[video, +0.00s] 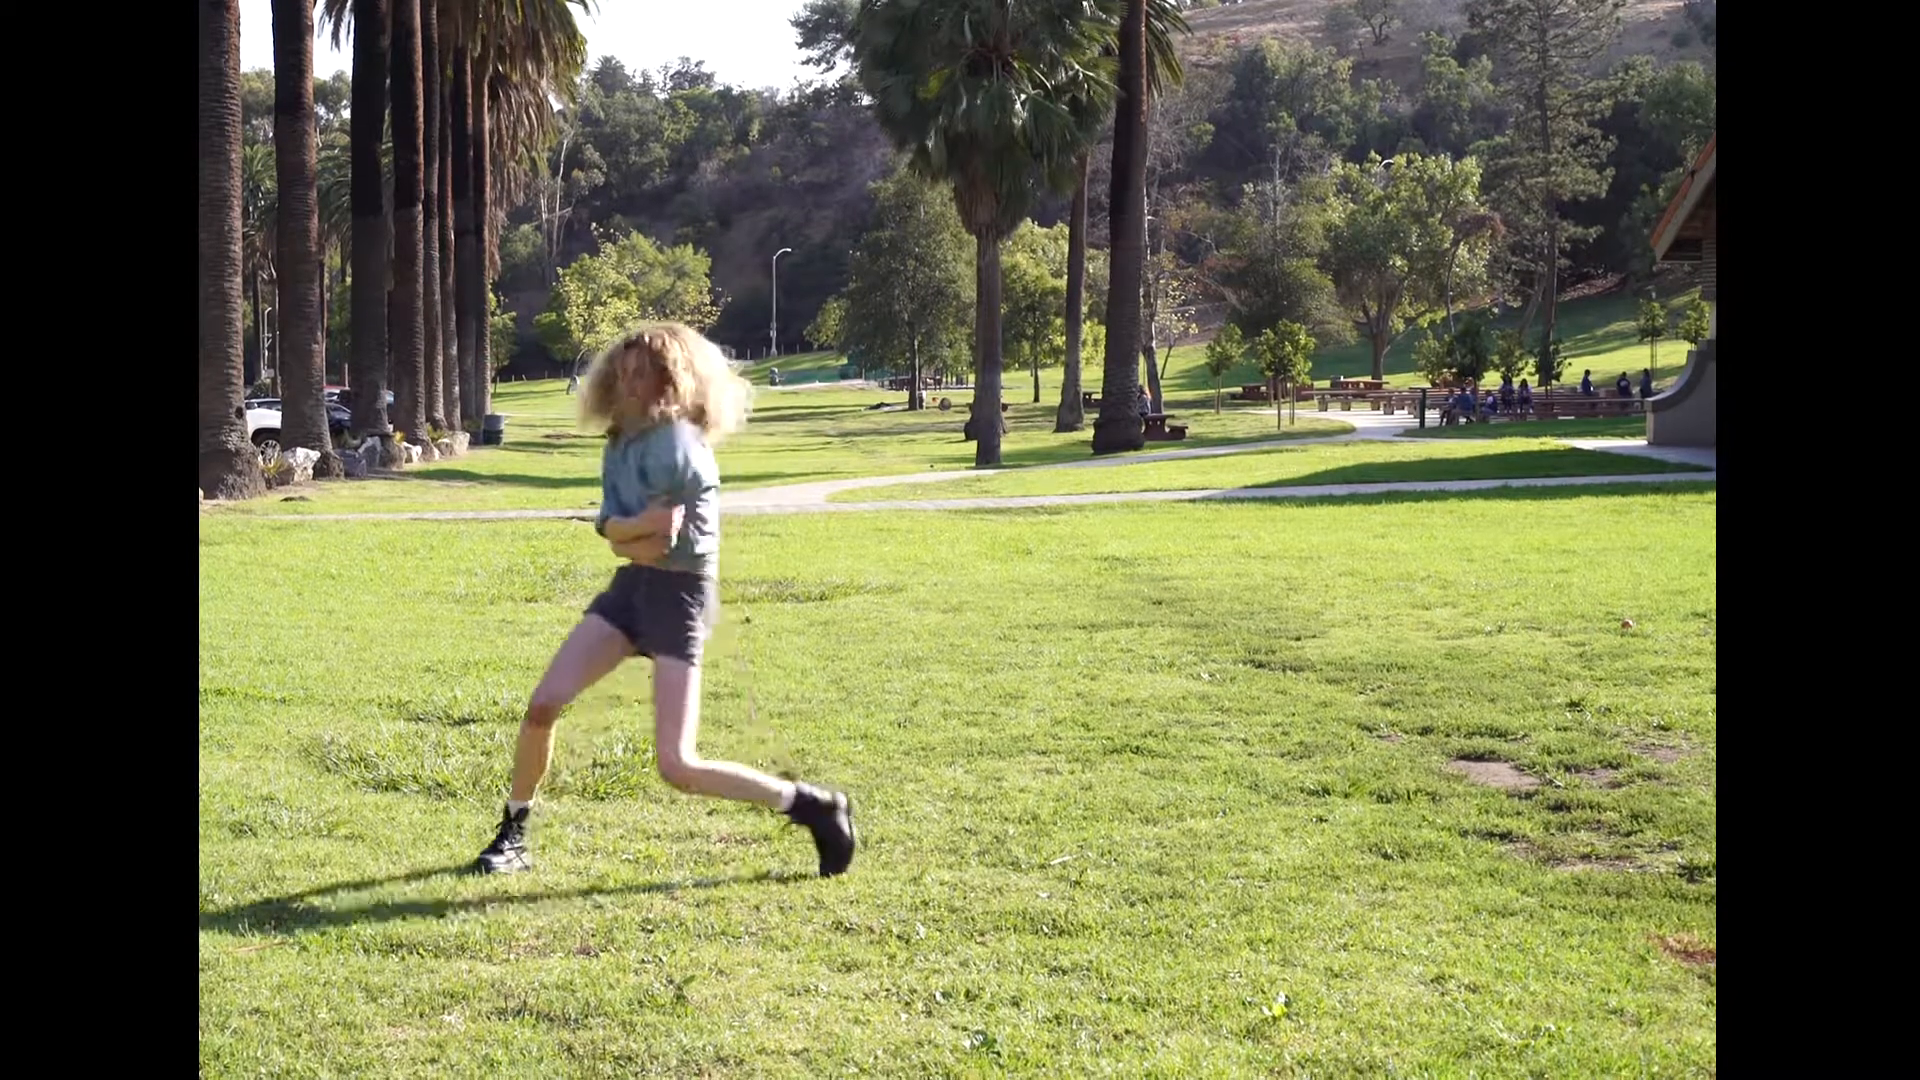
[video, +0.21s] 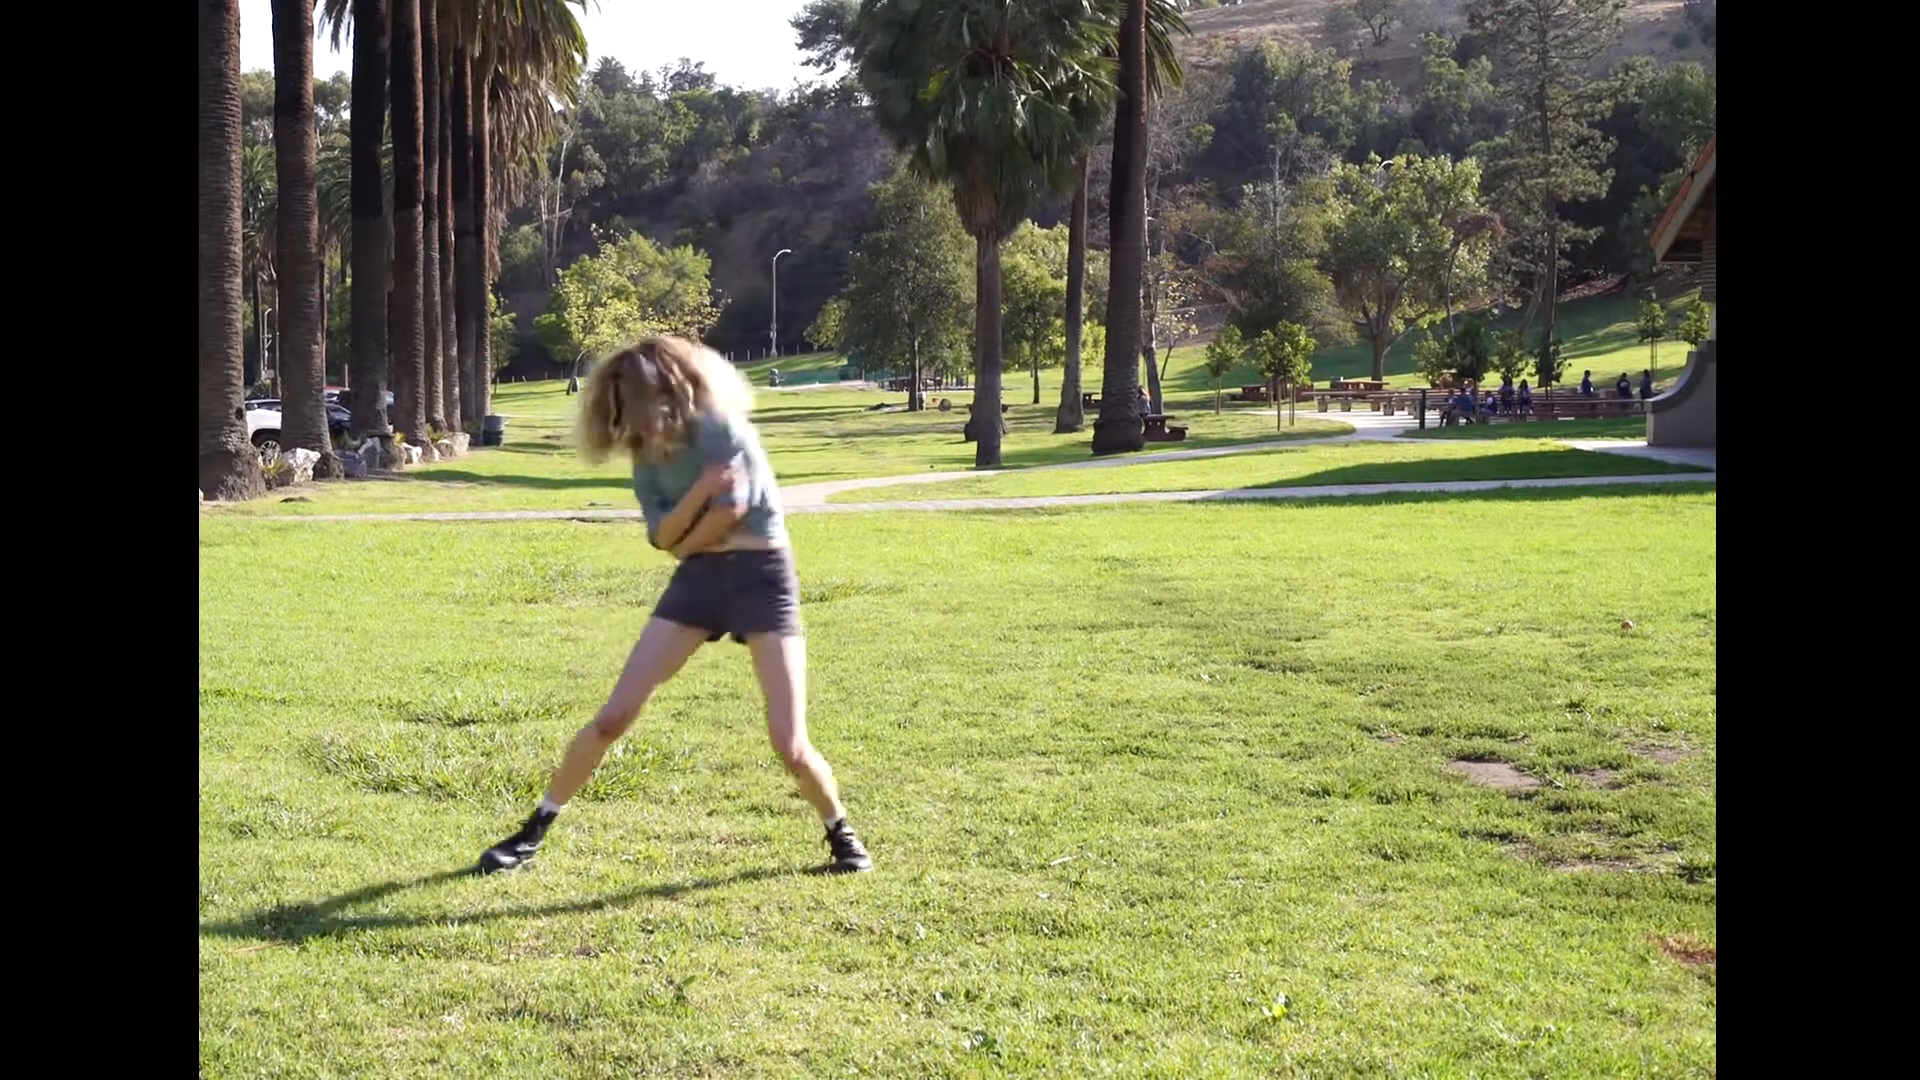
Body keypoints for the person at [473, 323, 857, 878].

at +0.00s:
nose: (628, 385)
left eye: (640, 374)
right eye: (623, 374)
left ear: (670, 383)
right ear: (615, 381)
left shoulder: (679, 439)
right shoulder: (619, 443)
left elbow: (664, 539)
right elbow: (611, 530)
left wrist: (615, 532)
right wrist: (645, 523)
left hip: (679, 596)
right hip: (629, 588)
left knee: (677, 765)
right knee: (542, 704)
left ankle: (814, 807)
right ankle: (511, 837)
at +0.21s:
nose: (653, 423)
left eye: (662, 410)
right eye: (640, 413)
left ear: (680, 396)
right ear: (624, 410)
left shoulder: (716, 426)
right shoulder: (644, 456)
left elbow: (733, 511)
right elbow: (661, 538)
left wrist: (681, 548)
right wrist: (703, 489)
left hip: (763, 574)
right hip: (698, 577)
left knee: (790, 744)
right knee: (612, 718)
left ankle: (841, 832)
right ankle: (532, 832)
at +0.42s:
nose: (686, 395)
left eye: (693, 381)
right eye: (675, 387)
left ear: (719, 361)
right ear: (665, 379)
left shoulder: (777, 386)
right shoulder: (672, 413)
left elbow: (820, 452)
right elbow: (664, 500)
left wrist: (866, 506)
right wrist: (652, 576)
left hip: (777, 561)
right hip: (706, 566)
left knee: (829, 723)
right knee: (630, 719)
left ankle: (851, 832)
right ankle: (610, 827)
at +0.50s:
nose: (718, 391)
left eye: (729, 378)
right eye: (706, 379)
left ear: (760, 373)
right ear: (692, 377)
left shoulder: (792, 426)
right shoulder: (681, 425)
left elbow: (851, 483)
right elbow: (624, 492)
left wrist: (918, 504)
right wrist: (578, 561)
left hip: (763, 566)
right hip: (690, 567)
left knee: (827, 725)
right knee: (638, 730)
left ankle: (852, 833)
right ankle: (617, 835)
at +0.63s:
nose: (738, 387)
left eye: (750, 375)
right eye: (727, 374)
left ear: (772, 373)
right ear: (712, 371)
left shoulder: (803, 433)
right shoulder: (689, 413)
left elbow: (845, 496)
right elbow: (614, 456)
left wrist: (913, 520)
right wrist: (542, 500)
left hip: (737, 574)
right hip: (664, 561)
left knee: (810, 730)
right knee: (614, 719)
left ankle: (851, 834)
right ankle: (606, 833)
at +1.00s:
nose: (748, 349)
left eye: (762, 338)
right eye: (741, 338)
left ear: (792, 349)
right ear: (730, 349)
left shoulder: (820, 434)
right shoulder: (709, 418)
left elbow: (859, 512)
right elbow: (636, 477)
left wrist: (932, 476)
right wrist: (554, 472)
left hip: (755, 589)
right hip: (682, 574)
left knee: (815, 739)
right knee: (618, 728)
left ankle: (851, 839)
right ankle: (600, 832)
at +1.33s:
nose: (785, 261)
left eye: (796, 249)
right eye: (776, 250)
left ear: (820, 257)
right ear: (759, 258)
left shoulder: (833, 326)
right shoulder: (731, 319)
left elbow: (868, 341)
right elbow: (679, 390)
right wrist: (637, 463)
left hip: (801, 491)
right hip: (727, 484)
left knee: (823, 653)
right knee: (688, 651)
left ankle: (825, 789)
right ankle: (665, 787)